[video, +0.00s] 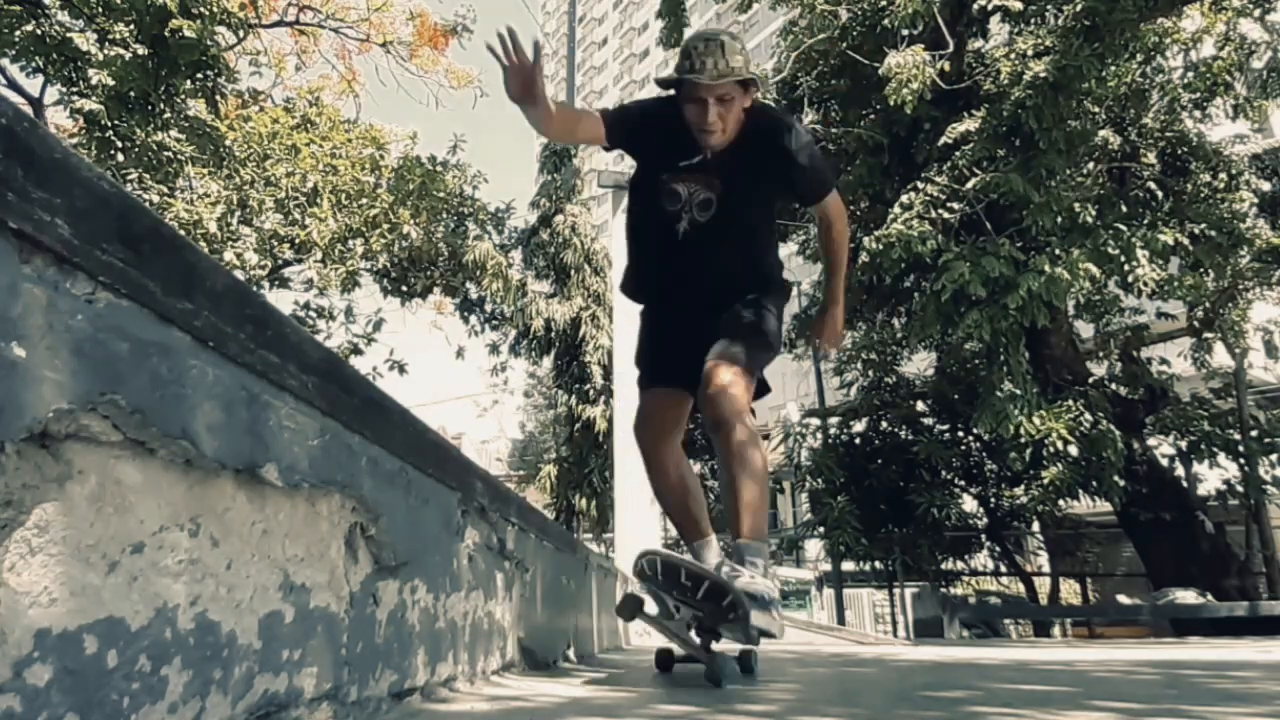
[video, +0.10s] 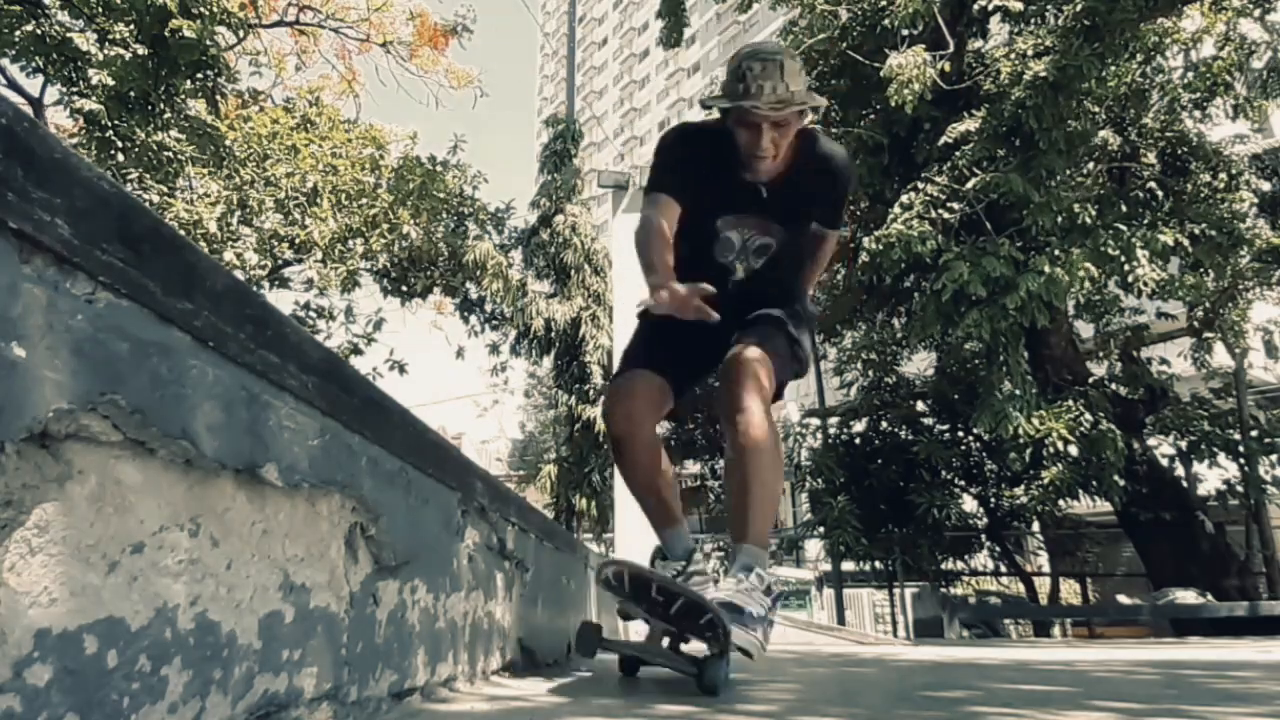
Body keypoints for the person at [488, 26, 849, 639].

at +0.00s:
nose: (709, 117)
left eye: (723, 102)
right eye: (695, 101)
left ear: (747, 97)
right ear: (679, 95)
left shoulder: (778, 140)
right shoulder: (656, 123)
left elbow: (834, 214)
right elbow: (570, 125)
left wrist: (835, 308)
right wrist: (538, 106)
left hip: (746, 297)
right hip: (671, 303)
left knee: (724, 394)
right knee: (655, 434)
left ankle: (754, 568)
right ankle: (709, 571)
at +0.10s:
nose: (762, 141)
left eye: (777, 127)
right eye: (749, 125)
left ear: (801, 117)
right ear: (728, 112)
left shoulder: (827, 168)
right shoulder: (686, 146)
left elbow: (818, 252)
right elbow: (654, 225)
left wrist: (791, 304)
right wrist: (664, 284)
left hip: (771, 310)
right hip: (688, 306)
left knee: (745, 376)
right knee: (625, 407)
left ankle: (749, 579)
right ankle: (678, 553)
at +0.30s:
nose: (902, 75)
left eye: (922, 65)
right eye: (892, 55)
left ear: (935, 85)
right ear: (861, 57)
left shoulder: (918, 170)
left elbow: (903, 305)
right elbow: (714, 68)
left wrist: (884, 433)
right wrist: (633, 56)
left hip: (799, 302)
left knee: (844, 385)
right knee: (647, 364)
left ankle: (841, 626)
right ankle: (594, 577)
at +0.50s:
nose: (1005, 132)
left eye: (1027, 128)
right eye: (997, 107)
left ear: (1031, 147)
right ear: (958, 97)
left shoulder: (989, 224)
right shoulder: (877, 108)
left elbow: (1095, 290)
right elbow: (754, 88)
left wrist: (1238, 260)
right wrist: (652, 60)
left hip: (812, 327)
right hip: (740, 246)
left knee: (951, 420)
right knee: (786, 263)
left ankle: (860, 623)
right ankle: (669, 496)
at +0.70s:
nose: (1054, 161)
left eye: (1068, 155)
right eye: (1061, 139)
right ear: (1027, 102)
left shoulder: (982, 204)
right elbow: (1054, 329)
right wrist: (1132, 401)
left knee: (1039, 392)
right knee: (1044, 394)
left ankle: (893, 585)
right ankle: (891, 586)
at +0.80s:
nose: (1050, 175)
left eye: (1063, 180)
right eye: (1057, 153)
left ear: (1053, 195)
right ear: (1029, 120)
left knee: (1068, 383)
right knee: (1065, 383)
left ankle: (926, 567)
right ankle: (923, 569)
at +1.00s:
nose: (1046, 279)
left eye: (1056, 279)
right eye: (1058, 265)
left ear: (1043, 258)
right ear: (1054, 226)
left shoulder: (979, 308)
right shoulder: (1018, 177)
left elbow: (957, 447)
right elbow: (1155, 115)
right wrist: (1270, 106)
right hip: (865, 191)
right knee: (903, 302)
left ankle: (973, 624)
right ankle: (763, 422)